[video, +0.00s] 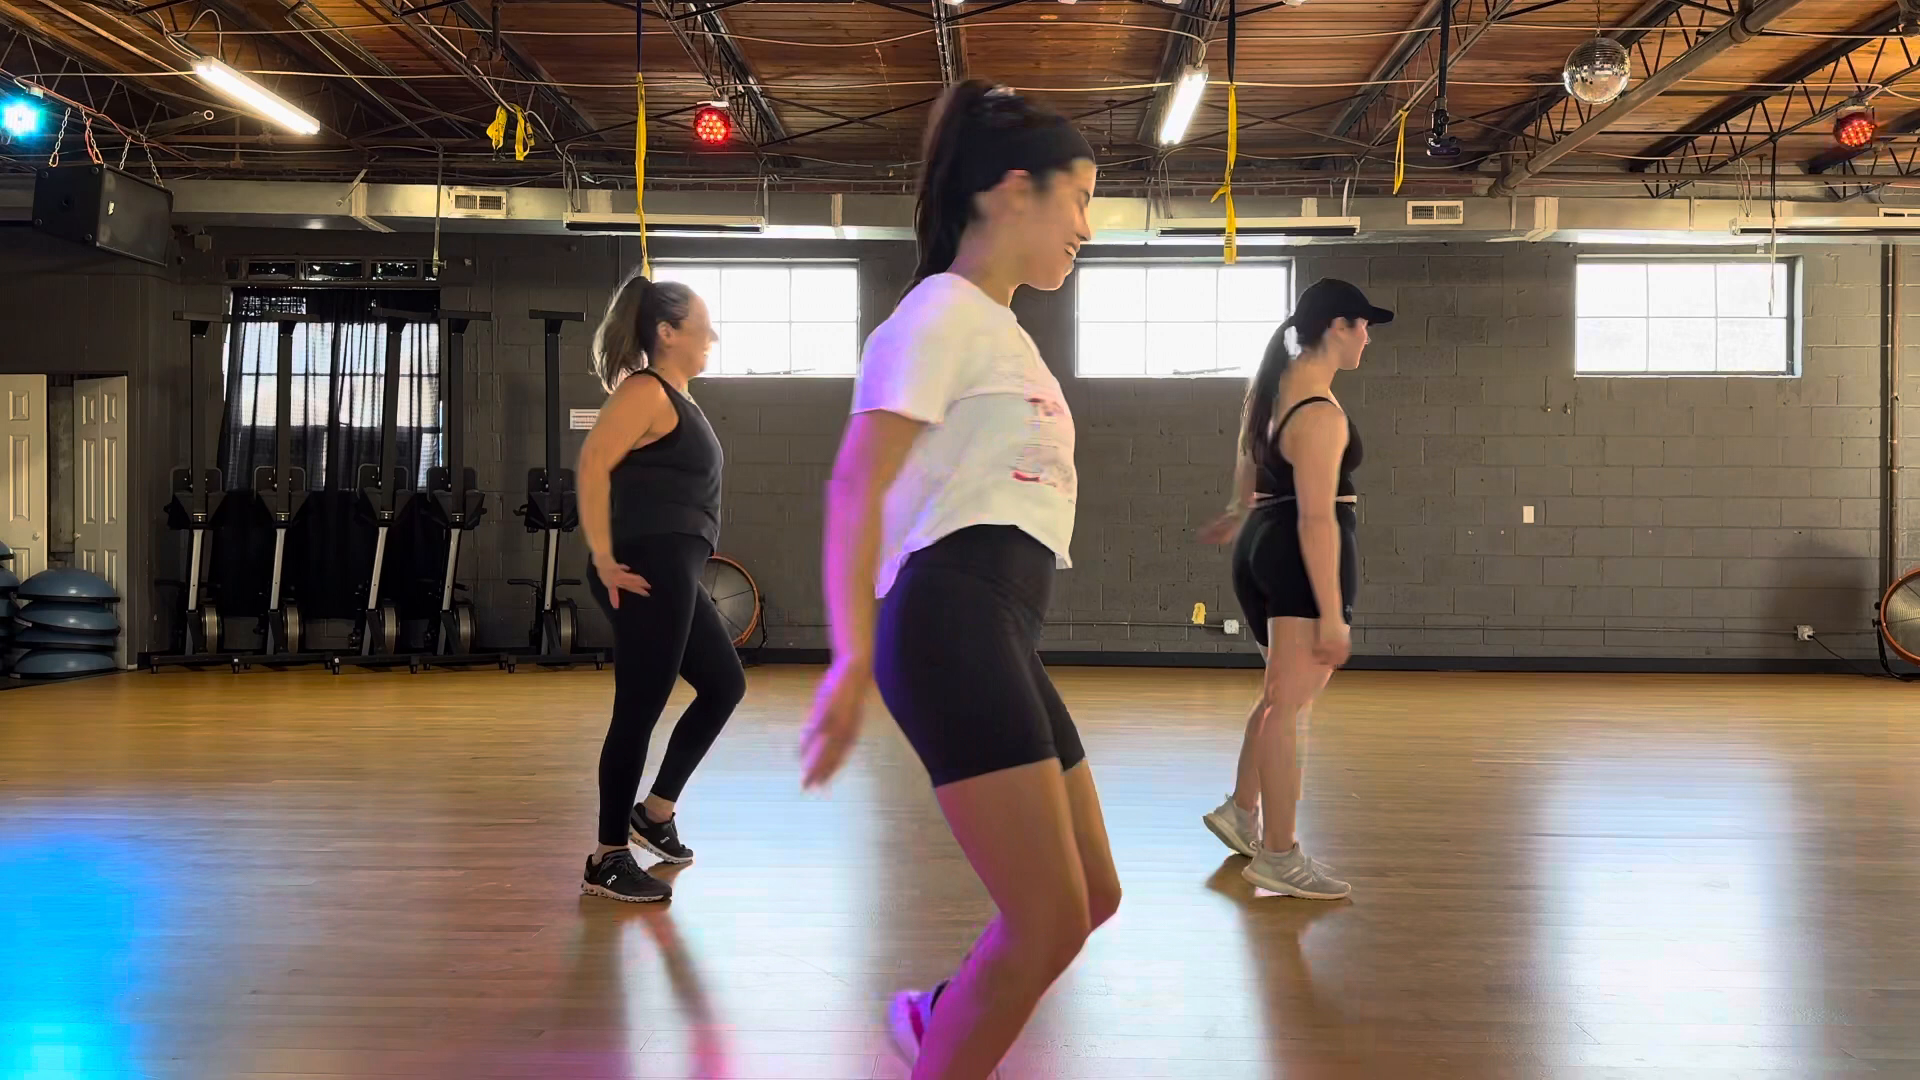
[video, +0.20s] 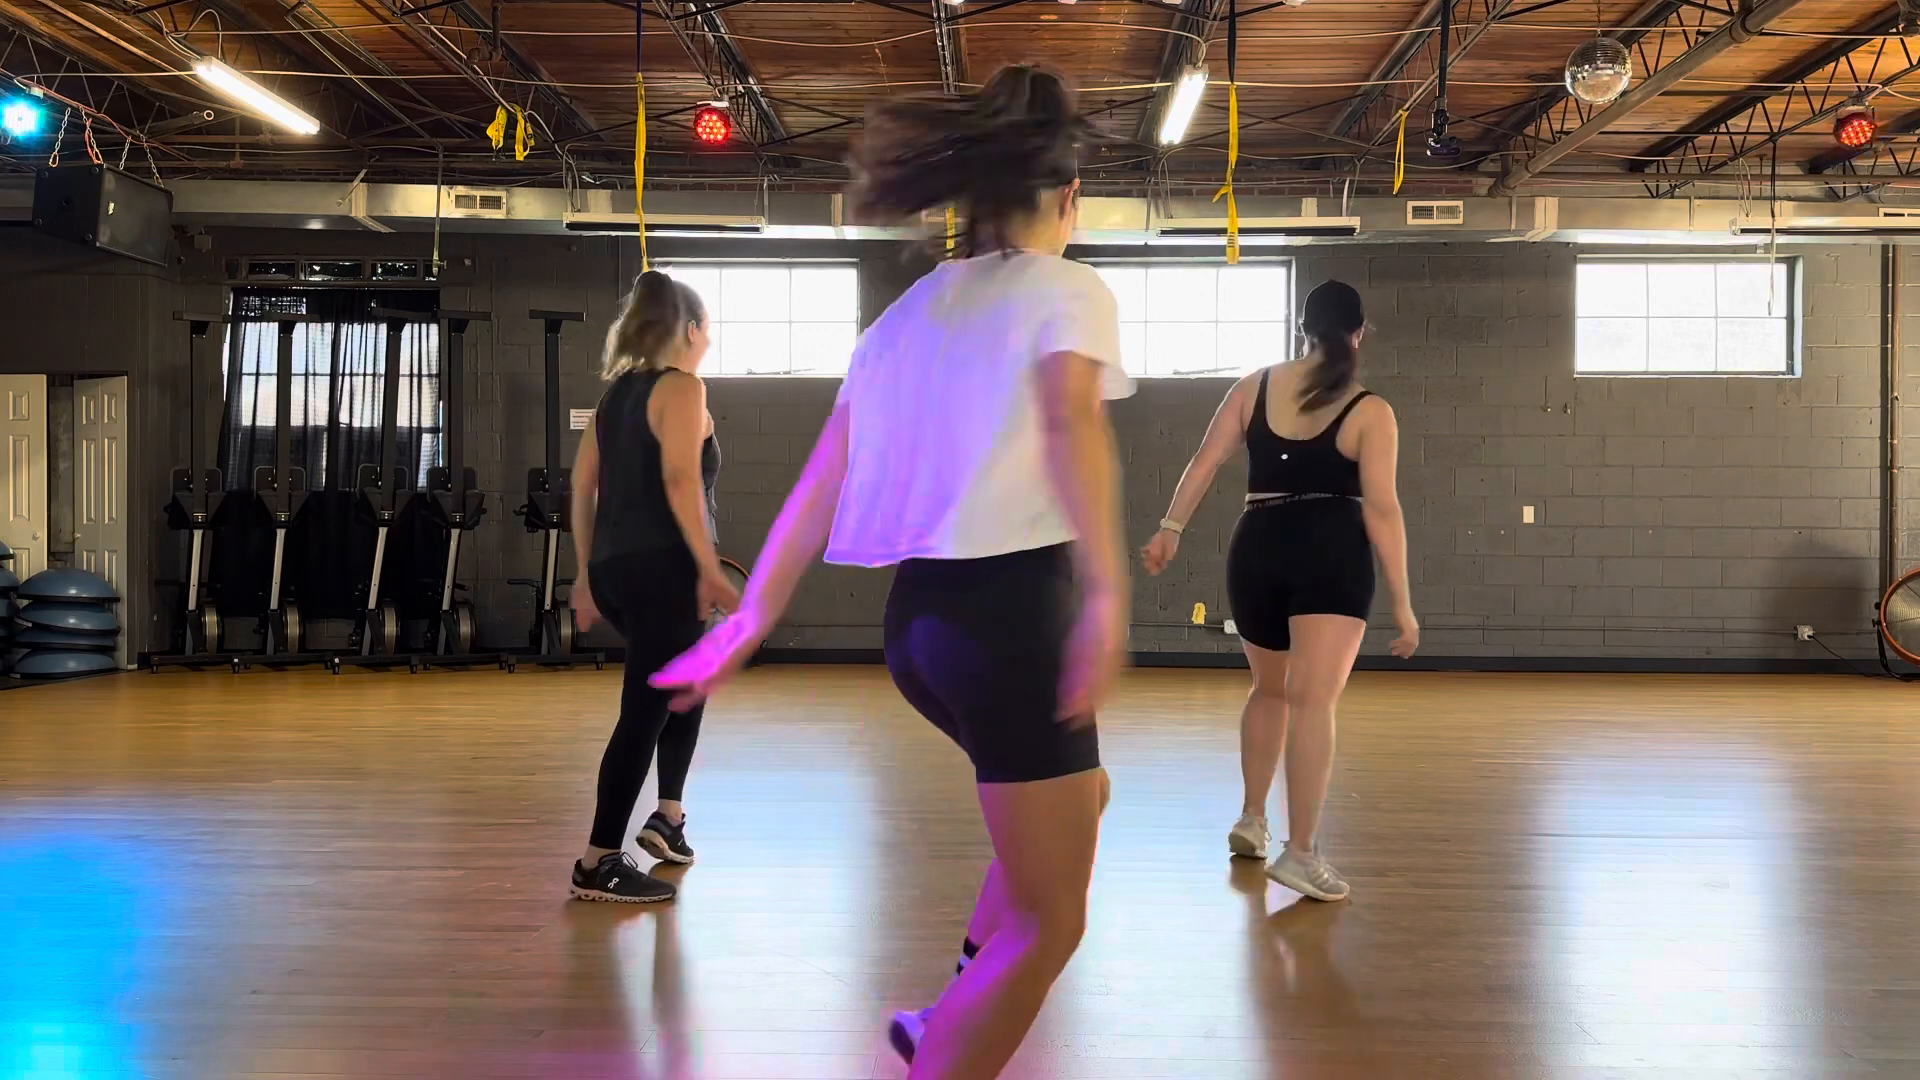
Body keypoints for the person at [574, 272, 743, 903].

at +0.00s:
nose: (713, 337)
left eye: (711, 326)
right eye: (704, 327)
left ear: (671, 334)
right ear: (668, 332)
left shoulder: (671, 395)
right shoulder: (646, 389)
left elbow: (651, 488)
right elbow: (592, 463)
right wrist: (603, 559)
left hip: (675, 570)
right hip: (650, 570)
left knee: (724, 686)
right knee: (637, 710)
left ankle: (657, 808)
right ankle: (609, 854)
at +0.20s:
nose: (708, 341)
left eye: (707, 329)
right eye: (705, 329)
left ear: (640, 329)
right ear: (686, 329)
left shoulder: (611, 396)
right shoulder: (682, 388)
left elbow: (584, 488)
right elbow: (681, 480)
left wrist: (584, 570)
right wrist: (710, 567)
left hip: (615, 569)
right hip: (667, 567)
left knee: (690, 678)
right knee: (643, 711)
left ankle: (669, 810)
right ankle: (600, 859)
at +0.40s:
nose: (706, 343)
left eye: (704, 335)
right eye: (705, 334)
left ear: (642, 334)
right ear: (696, 333)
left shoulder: (597, 396)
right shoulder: (705, 388)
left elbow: (561, 483)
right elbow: (733, 478)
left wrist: (549, 565)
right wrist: (776, 561)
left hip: (604, 572)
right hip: (678, 570)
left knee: (663, 681)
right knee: (645, 715)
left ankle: (665, 811)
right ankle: (597, 861)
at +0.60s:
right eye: (688, 323)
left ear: (633, 334)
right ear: (689, 330)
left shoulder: (594, 399)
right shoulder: (713, 397)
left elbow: (554, 479)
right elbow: (756, 485)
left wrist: (539, 557)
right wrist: (787, 554)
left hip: (607, 572)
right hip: (686, 572)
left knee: (650, 706)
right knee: (652, 716)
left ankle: (671, 832)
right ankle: (601, 856)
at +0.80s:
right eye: (674, 314)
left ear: (619, 325)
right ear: (676, 321)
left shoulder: (595, 388)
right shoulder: (712, 384)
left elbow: (532, 447)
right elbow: (755, 466)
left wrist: (534, 531)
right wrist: (770, 541)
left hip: (617, 562)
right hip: (695, 562)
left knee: (638, 694)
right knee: (678, 699)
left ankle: (663, 826)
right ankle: (626, 825)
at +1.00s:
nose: (665, 330)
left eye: (617, 325)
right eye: (666, 321)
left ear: (611, 332)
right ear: (668, 327)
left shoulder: (587, 405)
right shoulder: (709, 392)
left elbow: (561, 493)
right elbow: (740, 476)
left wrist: (529, 569)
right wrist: (754, 552)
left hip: (620, 570)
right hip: (699, 563)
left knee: (646, 700)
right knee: (714, 677)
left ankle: (668, 829)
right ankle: (687, 723)